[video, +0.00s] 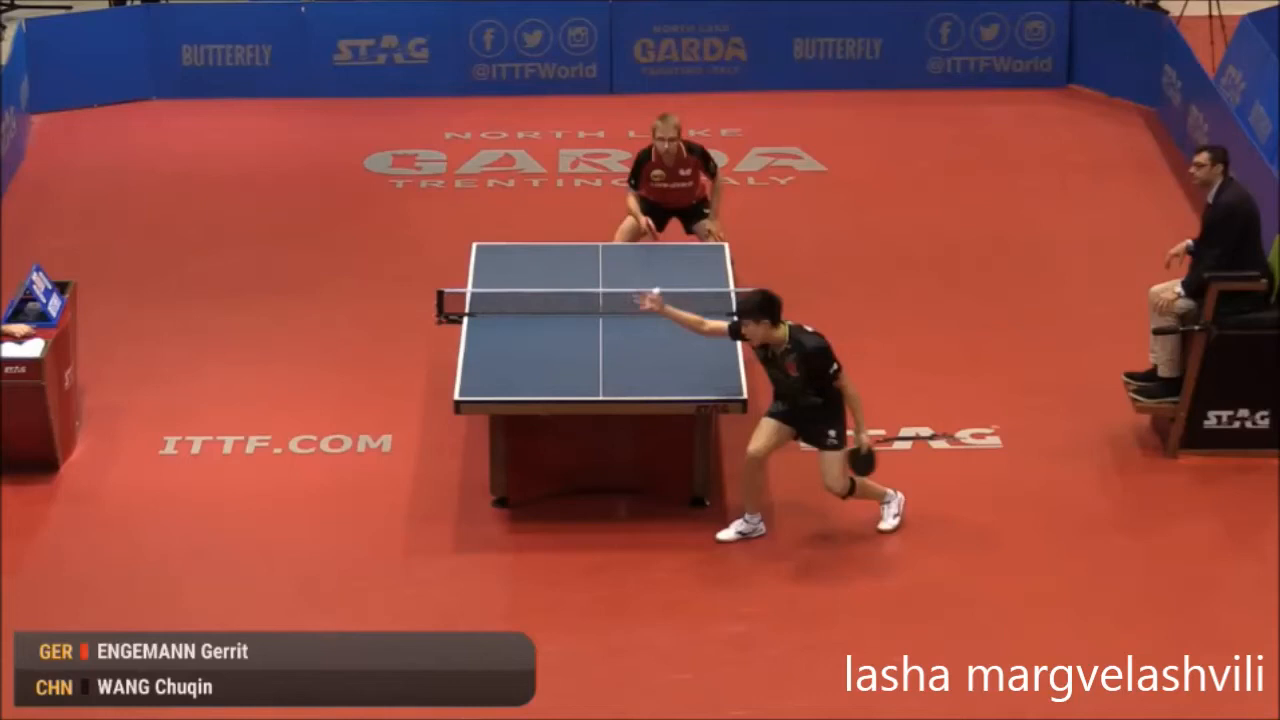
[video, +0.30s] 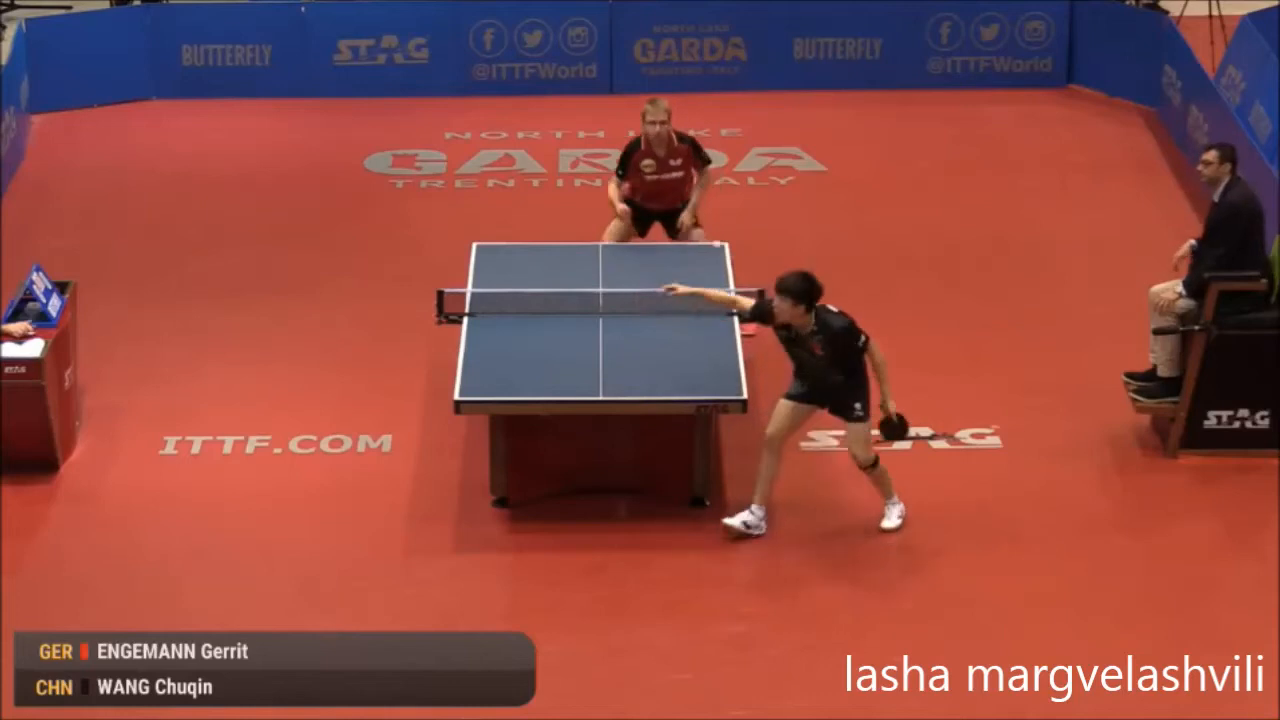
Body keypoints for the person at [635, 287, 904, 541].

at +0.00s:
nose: (743, 331)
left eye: (747, 325)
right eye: (742, 325)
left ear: (767, 324)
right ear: (754, 324)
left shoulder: (812, 346)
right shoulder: (754, 336)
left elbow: (846, 388)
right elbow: (705, 326)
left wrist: (862, 433)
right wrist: (663, 308)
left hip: (825, 411)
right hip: (787, 407)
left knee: (836, 484)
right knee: (754, 453)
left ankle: (890, 498)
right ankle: (752, 520)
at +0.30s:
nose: (775, 307)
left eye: (782, 303)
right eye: (776, 302)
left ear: (801, 307)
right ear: (782, 304)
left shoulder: (839, 325)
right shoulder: (777, 316)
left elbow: (875, 355)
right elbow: (733, 302)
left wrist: (887, 402)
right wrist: (691, 291)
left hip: (849, 387)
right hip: (808, 383)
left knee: (861, 455)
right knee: (772, 437)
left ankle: (893, 504)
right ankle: (757, 513)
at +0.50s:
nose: (770, 320)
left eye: (776, 316)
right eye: (770, 314)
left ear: (795, 319)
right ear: (772, 311)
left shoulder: (833, 323)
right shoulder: (773, 321)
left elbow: (879, 336)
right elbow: (745, 312)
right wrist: (716, 310)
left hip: (847, 380)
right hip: (807, 375)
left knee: (865, 451)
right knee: (758, 409)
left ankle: (893, 503)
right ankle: (784, 483)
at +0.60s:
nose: (762, 336)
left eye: (767, 332)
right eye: (760, 330)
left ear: (786, 328)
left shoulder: (822, 327)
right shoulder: (771, 327)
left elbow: (872, 342)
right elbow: (747, 320)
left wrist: (839, 353)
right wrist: (721, 322)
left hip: (841, 385)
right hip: (802, 379)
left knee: (860, 460)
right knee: (750, 412)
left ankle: (893, 503)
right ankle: (785, 480)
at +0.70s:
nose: (730, 340)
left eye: (731, 335)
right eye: (728, 335)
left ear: (746, 331)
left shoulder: (792, 328)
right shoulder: (754, 334)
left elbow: (835, 347)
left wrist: (792, 365)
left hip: (827, 386)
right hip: (794, 384)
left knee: (847, 465)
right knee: (745, 421)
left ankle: (891, 501)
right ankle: (768, 492)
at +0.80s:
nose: (710, 329)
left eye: (711, 323)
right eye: (708, 323)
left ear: (726, 320)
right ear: (731, 313)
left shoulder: (767, 328)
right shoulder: (748, 324)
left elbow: (798, 354)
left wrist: (749, 358)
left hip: (816, 387)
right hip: (786, 383)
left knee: (823, 470)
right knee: (741, 424)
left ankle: (886, 494)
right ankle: (769, 492)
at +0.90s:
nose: (695, 303)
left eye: (695, 297)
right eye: (693, 297)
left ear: (704, 299)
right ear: (724, 286)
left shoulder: (736, 315)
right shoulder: (746, 297)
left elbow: (749, 343)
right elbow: (785, 307)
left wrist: (701, 333)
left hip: (795, 388)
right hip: (777, 382)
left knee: (771, 471)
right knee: (743, 422)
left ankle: (850, 484)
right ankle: (769, 493)